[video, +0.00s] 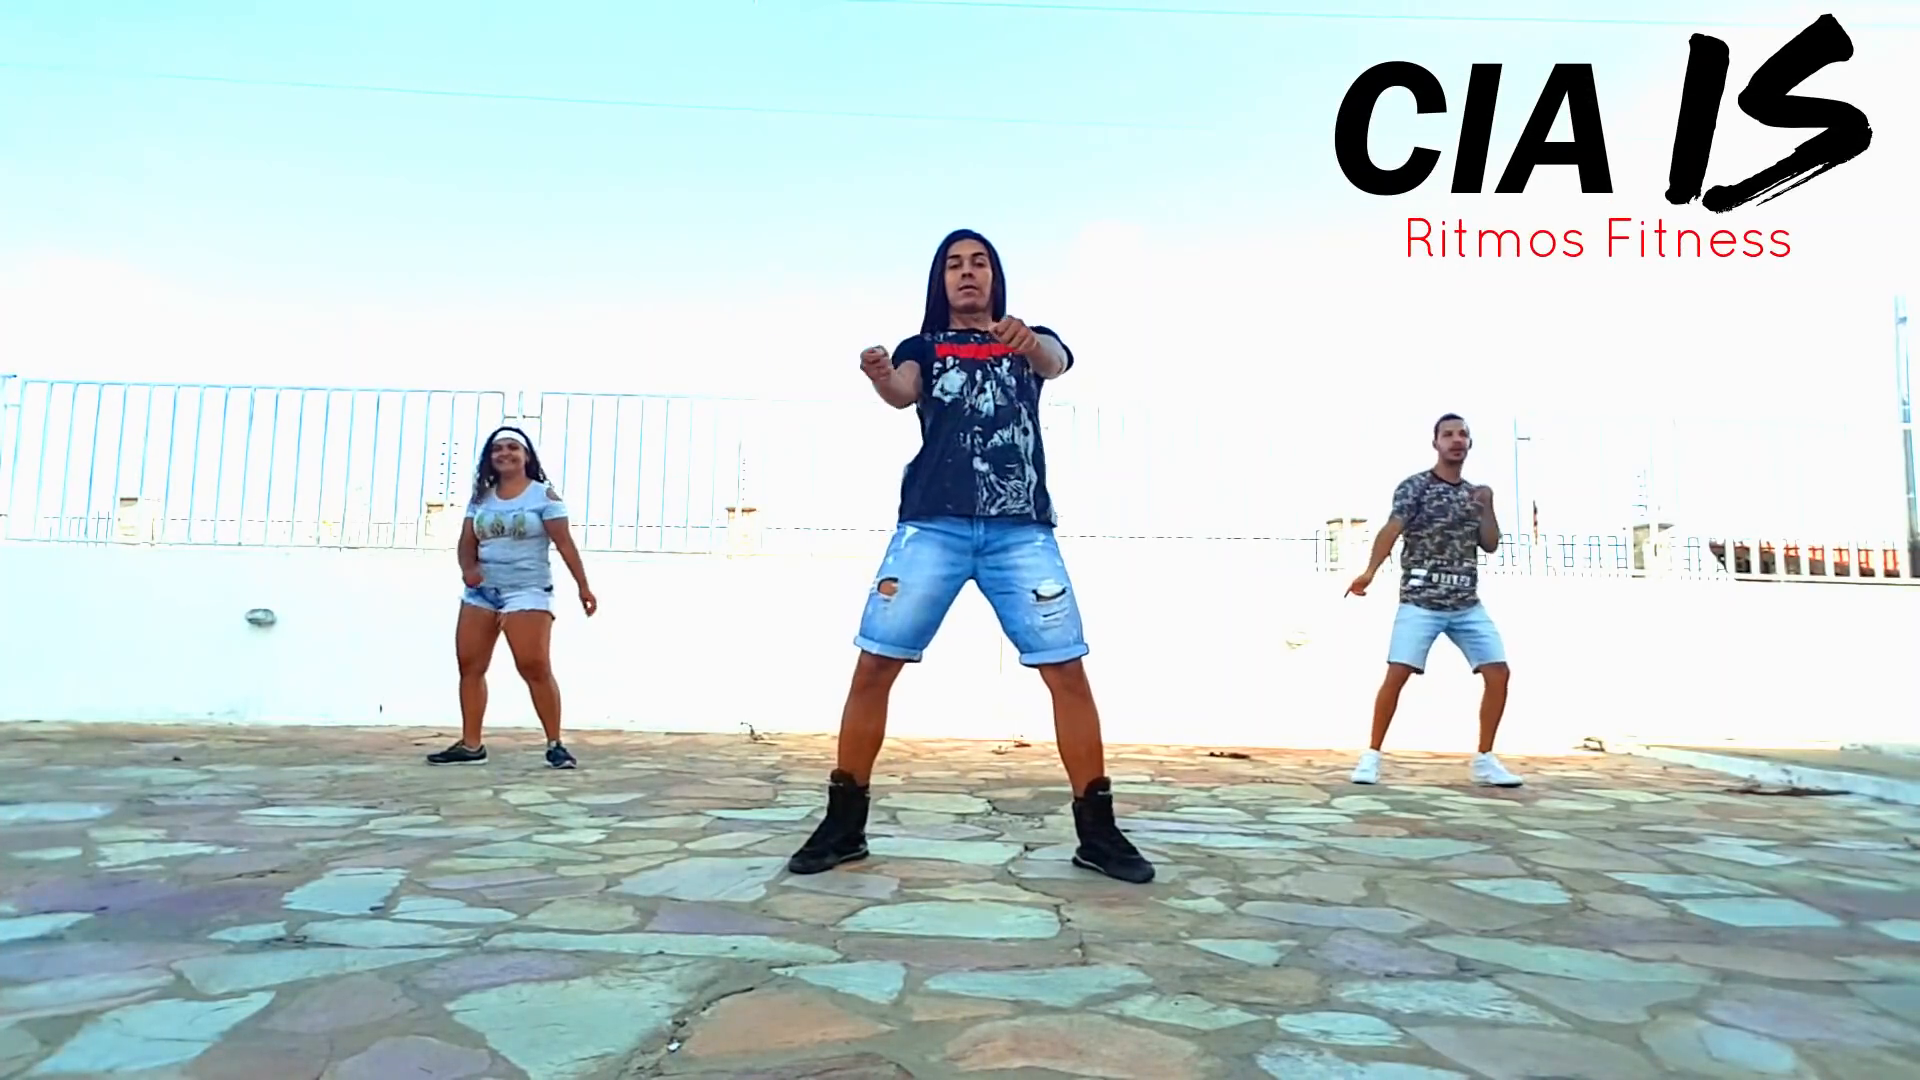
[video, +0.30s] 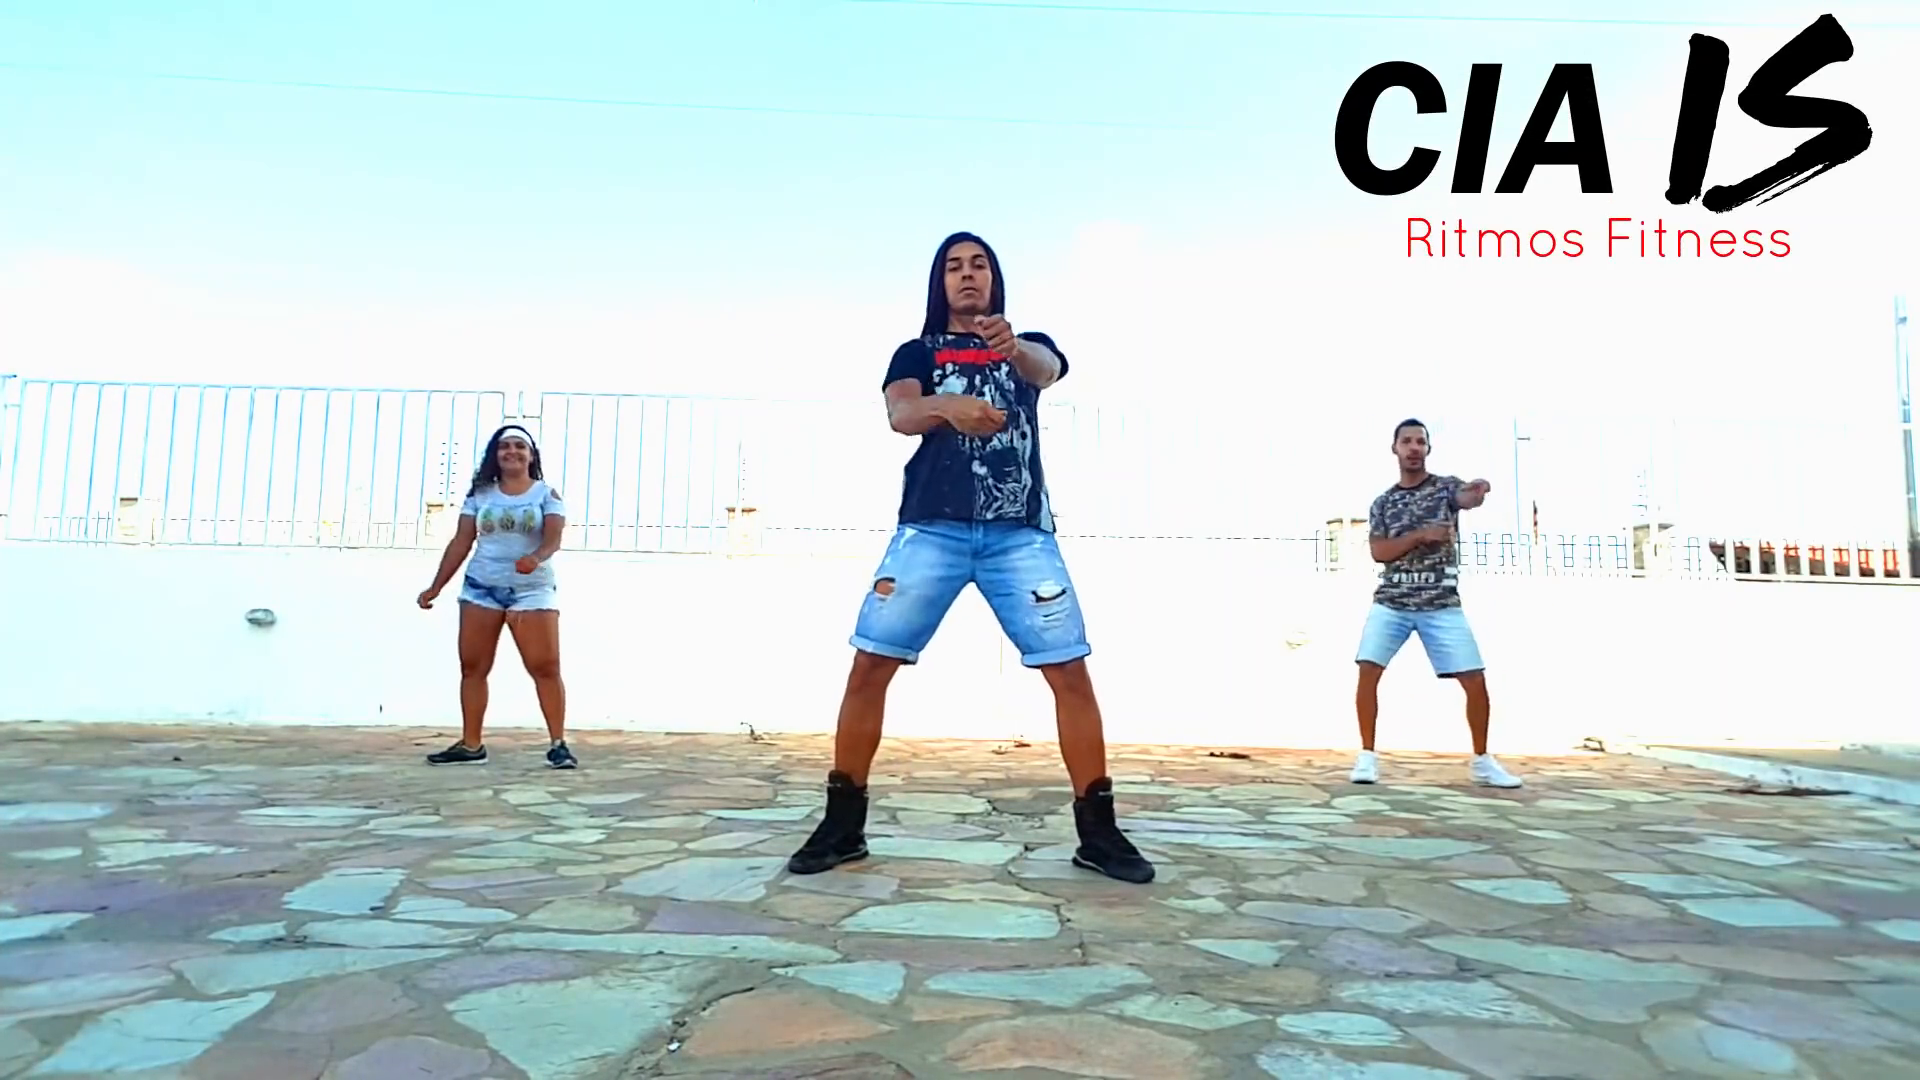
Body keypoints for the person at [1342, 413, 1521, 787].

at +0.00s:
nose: (1457, 440)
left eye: (1462, 435)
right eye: (1449, 434)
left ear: (1470, 444)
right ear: (1435, 443)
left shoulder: (1478, 494)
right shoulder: (1414, 487)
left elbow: (1490, 545)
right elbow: (1390, 532)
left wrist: (1486, 510)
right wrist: (1368, 574)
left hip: (1466, 604)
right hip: (1419, 603)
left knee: (1498, 673)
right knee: (1398, 673)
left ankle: (1484, 759)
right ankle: (1372, 755)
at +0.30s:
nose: (1414, 447)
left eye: (1420, 442)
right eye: (1407, 441)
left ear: (1428, 449)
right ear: (1394, 448)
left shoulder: (1444, 485)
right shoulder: (1383, 504)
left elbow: (1463, 498)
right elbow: (1379, 552)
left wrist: (1476, 492)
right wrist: (1419, 536)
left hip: (1441, 604)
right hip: (1392, 604)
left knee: (1475, 680)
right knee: (1368, 670)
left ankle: (1482, 759)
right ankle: (1367, 755)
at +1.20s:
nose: (1415, 441)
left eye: (1423, 434)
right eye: (1410, 435)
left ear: (1437, 441)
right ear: (1403, 443)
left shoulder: (1460, 484)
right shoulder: (1392, 496)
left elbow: (1486, 521)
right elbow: (1380, 544)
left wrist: (1497, 553)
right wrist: (1427, 541)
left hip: (1448, 601)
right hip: (1397, 599)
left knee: (1475, 678)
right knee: (1375, 670)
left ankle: (1484, 759)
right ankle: (1368, 755)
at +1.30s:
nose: (1409, 441)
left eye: (1417, 435)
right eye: (1404, 436)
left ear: (1434, 440)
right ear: (1400, 444)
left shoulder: (1458, 488)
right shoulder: (1392, 497)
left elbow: (1477, 534)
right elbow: (1375, 548)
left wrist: (1490, 573)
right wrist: (1399, 559)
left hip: (1445, 603)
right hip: (1394, 602)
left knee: (1473, 678)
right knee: (1372, 670)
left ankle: (1484, 759)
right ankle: (1368, 755)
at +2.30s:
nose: (1425, 430)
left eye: (1433, 424)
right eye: (1419, 424)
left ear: (1446, 432)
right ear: (1411, 432)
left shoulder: (1465, 481)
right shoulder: (1397, 483)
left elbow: (1485, 529)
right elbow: (1376, 530)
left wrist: (1519, 545)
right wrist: (1364, 575)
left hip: (1458, 599)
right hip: (1410, 597)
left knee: (1483, 672)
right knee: (1387, 669)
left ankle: (1486, 758)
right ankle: (1368, 752)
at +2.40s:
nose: (1412, 417)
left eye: (1420, 411)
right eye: (1407, 409)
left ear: (1431, 417)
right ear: (1395, 413)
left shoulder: (1444, 456)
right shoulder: (1380, 464)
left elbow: (1476, 491)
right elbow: (1371, 510)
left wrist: (1507, 497)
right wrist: (1363, 547)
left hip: (1442, 575)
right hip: (1395, 574)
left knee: (1468, 655)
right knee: (1374, 650)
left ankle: (1482, 745)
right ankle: (1350, 735)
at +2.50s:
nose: (1411, 432)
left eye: (1419, 428)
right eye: (1406, 424)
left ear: (1427, 434)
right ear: (1392, 425)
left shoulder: (1435, 466)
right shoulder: (1375, 479)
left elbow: (1461, 484)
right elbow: (1384, 516)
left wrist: (1483, 483)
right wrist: (1393, 543)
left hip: (1444, 588)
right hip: (1397, 589)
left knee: (1474, 663)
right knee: (1370, 662)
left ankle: (1487, 752)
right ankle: (1340, 742)